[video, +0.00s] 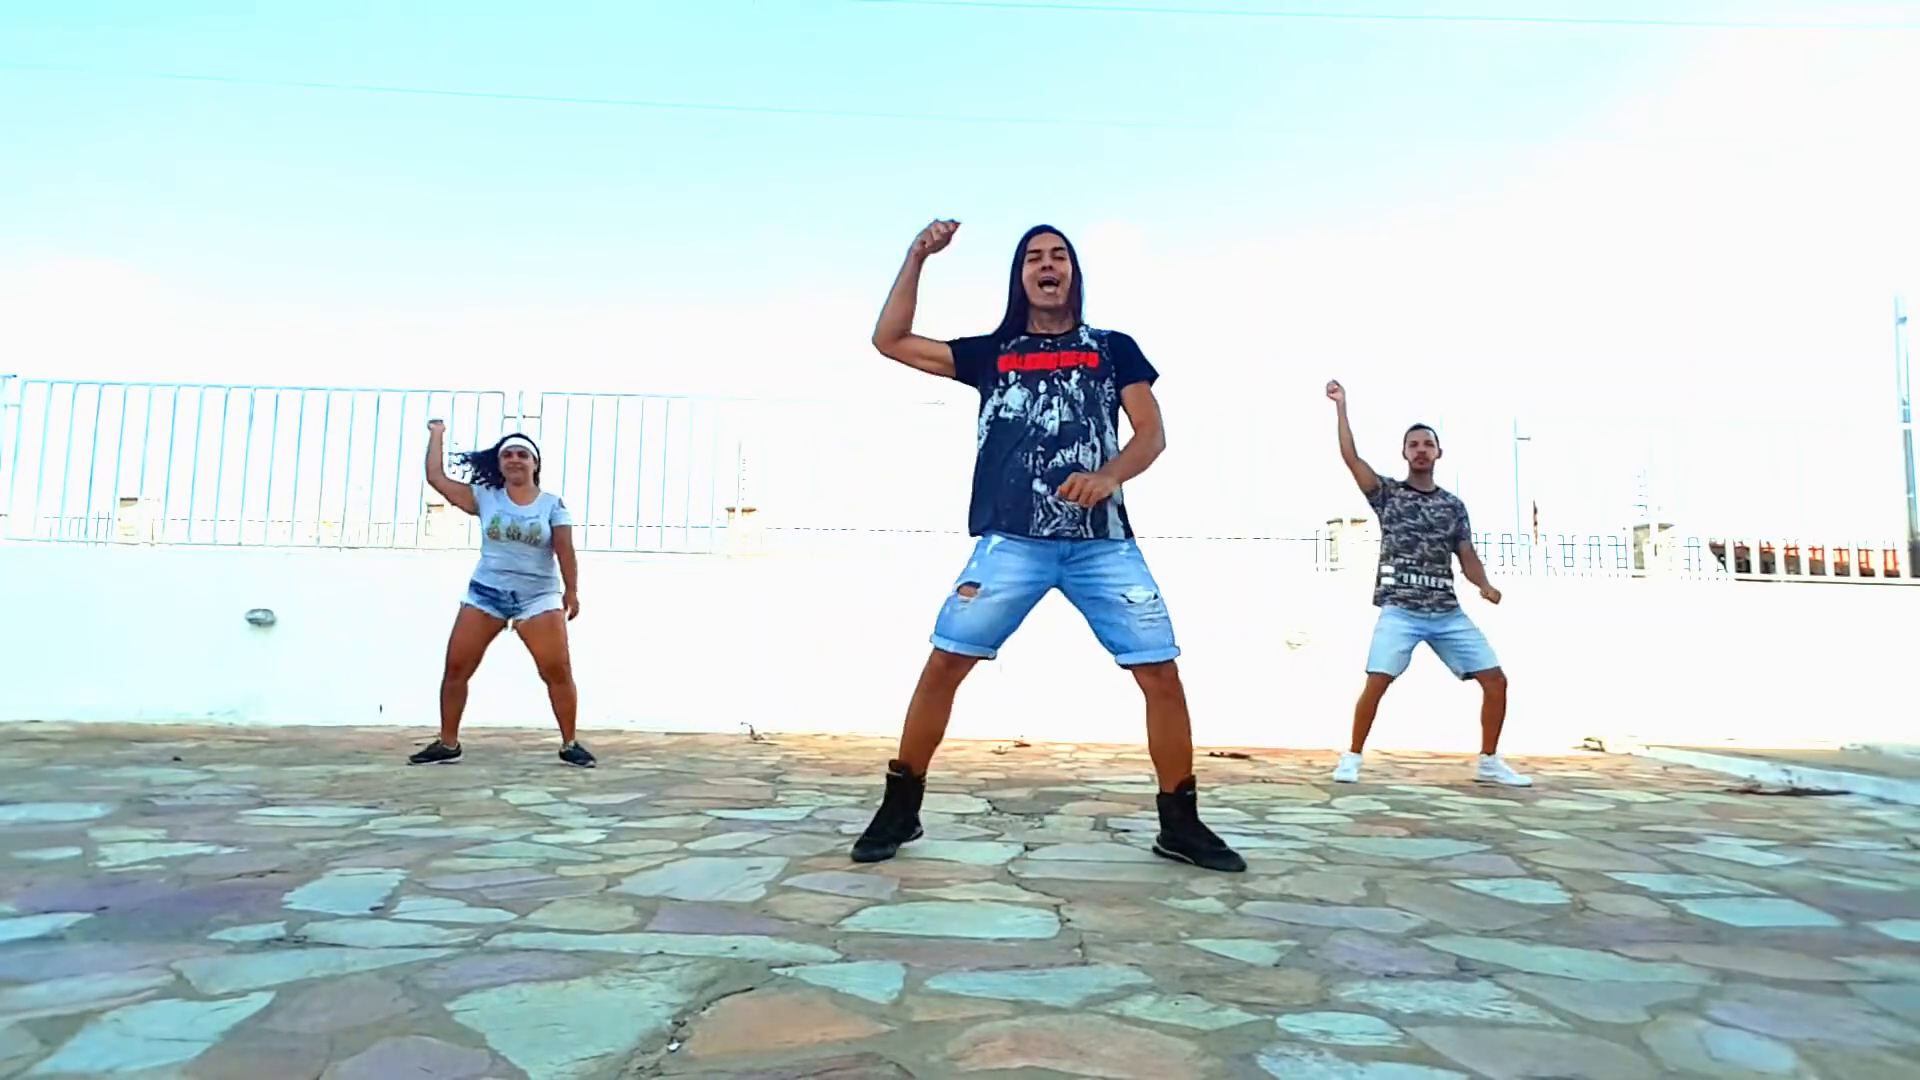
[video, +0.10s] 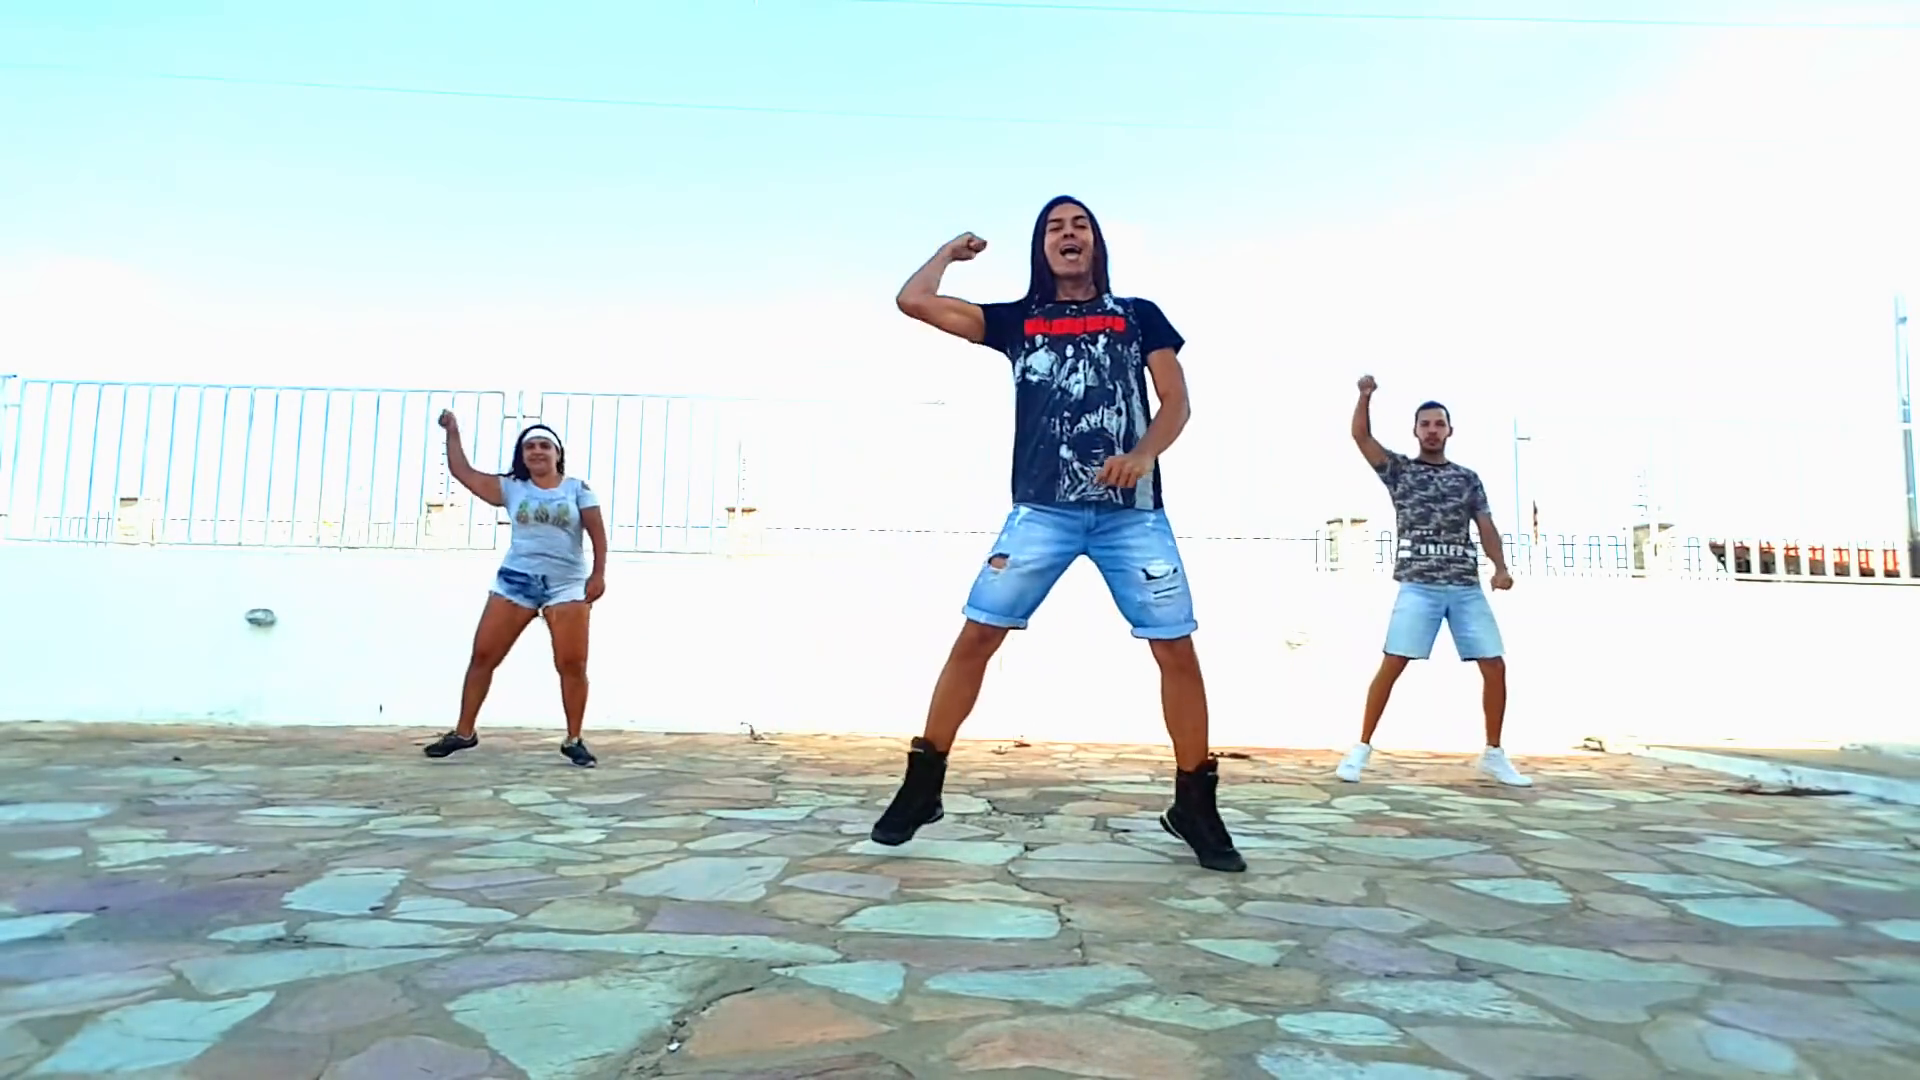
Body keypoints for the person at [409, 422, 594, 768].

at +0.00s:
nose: (515, 458)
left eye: (522, 453)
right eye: (508, 453)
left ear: (535, 464)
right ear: (498, 463)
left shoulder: (551, 505)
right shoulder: (484, 497)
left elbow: (565, 551)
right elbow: (436, 477)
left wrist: (571, 590)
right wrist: (436, 435)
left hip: (538, 596)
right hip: (486, 592)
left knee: (558, 671)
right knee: (456, 667)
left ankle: (570, 744)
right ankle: (448, 743)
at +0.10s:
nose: (536, 449)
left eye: (544, 444)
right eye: (529, 446)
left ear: (557, 454)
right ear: (521, 456)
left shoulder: (577, 490)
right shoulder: (511, 489)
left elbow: (598, 534)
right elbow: (462, 471)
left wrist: (598, 574)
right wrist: (452, 431)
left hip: (567, 583)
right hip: (516, 581)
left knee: (573, 664)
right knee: (482, 656)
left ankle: (574, 739)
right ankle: (464, 732)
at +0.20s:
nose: (558, 436)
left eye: (565, 431)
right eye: (551, 432)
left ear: (577, 440)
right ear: (541, 442)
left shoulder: (593, 474)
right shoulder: (529, 472)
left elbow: (614, 520)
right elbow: (481, 461)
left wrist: (624, 565)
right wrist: (492, 420)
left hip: (586, 569)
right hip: (537, 566)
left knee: (590, 650)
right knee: (513, 646)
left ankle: (588, 729)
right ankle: (512, 723)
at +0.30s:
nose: (580, 440)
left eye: (587, 435)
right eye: (572, 436)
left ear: (599, 445)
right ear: (560, 447)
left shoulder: (615, 482)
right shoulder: (549, 478)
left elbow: (630, 529)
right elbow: (503, 463)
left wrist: (641, 576)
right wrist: (518, 425)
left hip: (603, 572)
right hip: (554, 571)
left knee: (617, 651)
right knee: (540, 654)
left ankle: (630, 731)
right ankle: (543, 736)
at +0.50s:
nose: (618, 461)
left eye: (626, 456)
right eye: (611, 457)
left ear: (638, 467)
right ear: (603, 468)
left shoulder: (656, 508)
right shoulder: (589, 500)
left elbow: (670, 555)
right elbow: (542, 488)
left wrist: (673, 597)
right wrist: (546, 448)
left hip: (642, 597)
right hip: (591, 594)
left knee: (657, 671)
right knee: (562, 669)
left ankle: (661, 745)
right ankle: (553, 744)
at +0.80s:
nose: (648, 445)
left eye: (655, 440)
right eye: (640, 441)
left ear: (668, 450)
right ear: (631, 453)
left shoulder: (684, 491)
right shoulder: (620, 489)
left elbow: (700, 538)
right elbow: (578, 520)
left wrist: (714, 583)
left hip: (671, 583)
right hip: (621, 580)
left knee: (685, 664)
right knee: (592, 658)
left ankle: (698, 742)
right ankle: (581, 737)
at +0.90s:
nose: (652, 467)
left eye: (658, 462)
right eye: (644, 464)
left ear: (671, 473)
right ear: (635, 477)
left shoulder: (687, 511)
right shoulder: (625, 516)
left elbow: (702, 553)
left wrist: (719, 592)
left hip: (676, 604)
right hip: (624, 604)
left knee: (695, 674)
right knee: (588, 675)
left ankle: (701, 747)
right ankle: (585, 747)